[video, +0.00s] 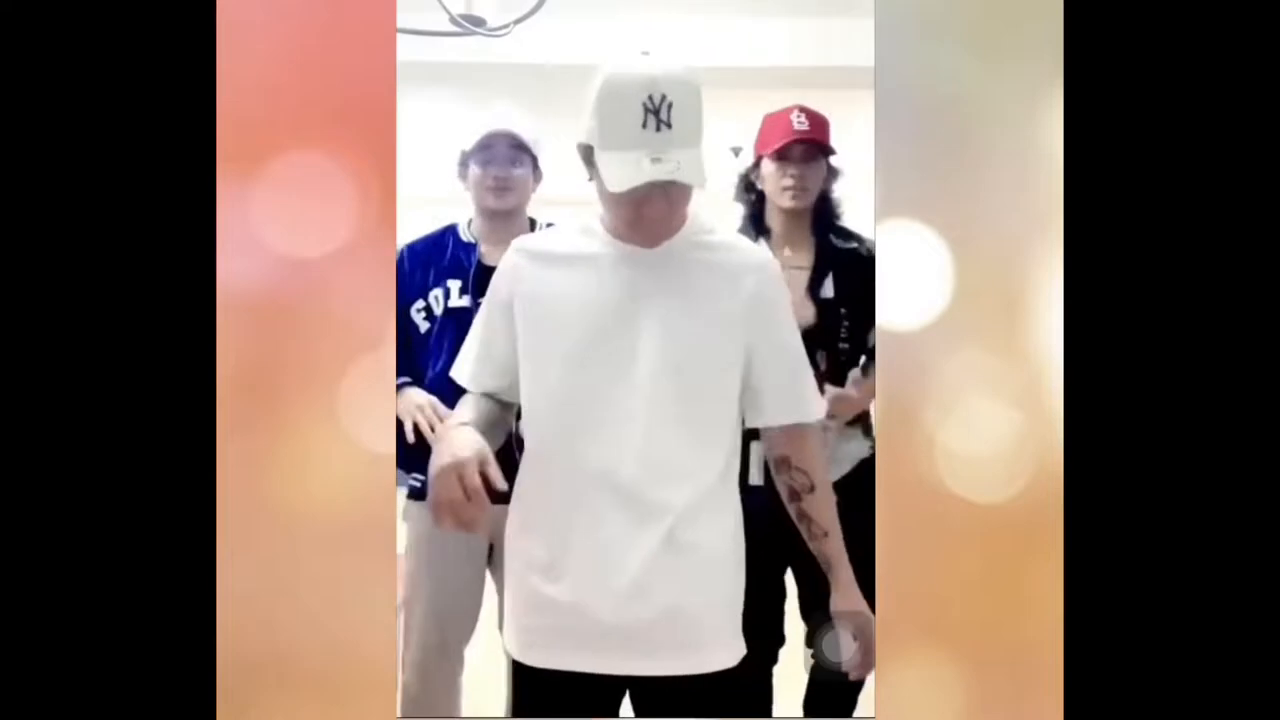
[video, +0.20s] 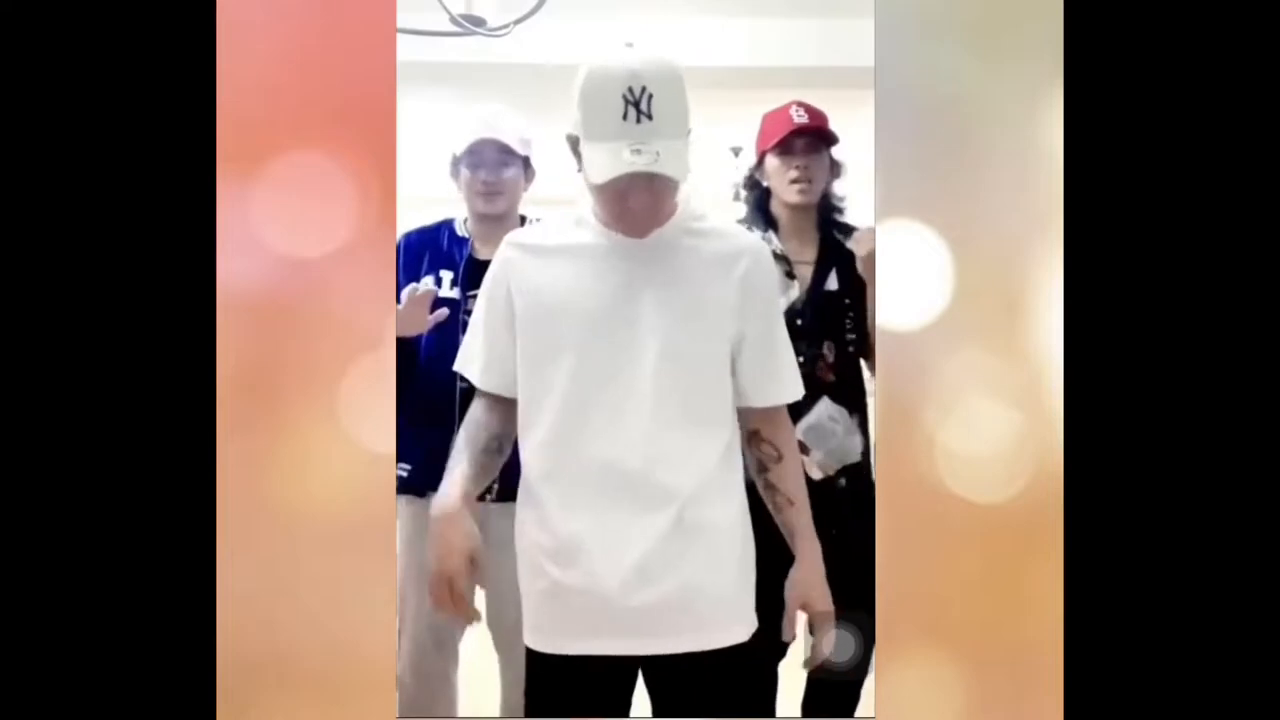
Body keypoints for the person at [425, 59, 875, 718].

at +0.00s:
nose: (660, 206)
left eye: (676, 184)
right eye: (637, 187)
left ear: (698, 159)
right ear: (590, 164)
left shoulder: (745, 272)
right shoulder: (532, 266)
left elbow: (794, 449)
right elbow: (491, 398)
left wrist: (844, 585)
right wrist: (457, 434)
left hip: (698, 628)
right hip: (558, 624)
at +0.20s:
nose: (640, 198)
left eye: (657, 175)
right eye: (618, 176)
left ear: (682, 148)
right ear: (578, 153)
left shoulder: (737, 261)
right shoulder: (524, 261)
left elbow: (768, 429)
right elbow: (495, 404)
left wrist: (808, 555)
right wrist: (450, 502)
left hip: (707, 600)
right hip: (570, 604)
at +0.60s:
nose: (656, 185)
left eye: (675, 165)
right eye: (637, 165)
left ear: (703, 150)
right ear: (598, 150)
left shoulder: (755, 257)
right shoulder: (545, 259)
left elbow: (785, 425)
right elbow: (510, 419)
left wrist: (805, 566)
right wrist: (505, 545)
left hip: (726, 596)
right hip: (589, 596)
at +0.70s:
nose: (640, 187)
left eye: (660, 168)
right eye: (623, 167)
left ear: (694, 154)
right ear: (592, 155)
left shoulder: (757, 265)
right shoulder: (544, 265)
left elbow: (792, 429)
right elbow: (504, 407)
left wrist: (783, 574)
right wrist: (472, 489)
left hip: (713, 602)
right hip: (573, 598)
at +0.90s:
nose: (635, 199)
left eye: (653, 179)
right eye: (615, 179)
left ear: (684, 160)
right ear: (579, 163)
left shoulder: (744, 274)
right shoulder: (532, 274)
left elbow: (773, 436)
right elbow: (491, 416)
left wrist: (762, 580)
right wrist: (452, 517)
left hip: (698, 606)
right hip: (558, 605)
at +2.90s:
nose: (648, 145)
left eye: (669, 126)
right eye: (629, 126)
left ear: (701, 140)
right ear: (606, 139)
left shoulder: (757, 236)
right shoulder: (576, 235)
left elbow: (782, 352)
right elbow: (524, 346)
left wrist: (728, 238)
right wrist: (538, 265)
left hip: (712, 570)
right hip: (581, 564)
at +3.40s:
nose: (646, 153)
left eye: (666, 134)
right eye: (628, 133)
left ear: (688, 148)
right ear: (597, 144)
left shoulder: (726, 243)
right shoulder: (560, 246)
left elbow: (768, 341)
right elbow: (527, 353)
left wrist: (749, 221)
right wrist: (564, 225)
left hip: (722, 568)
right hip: (589, 568)